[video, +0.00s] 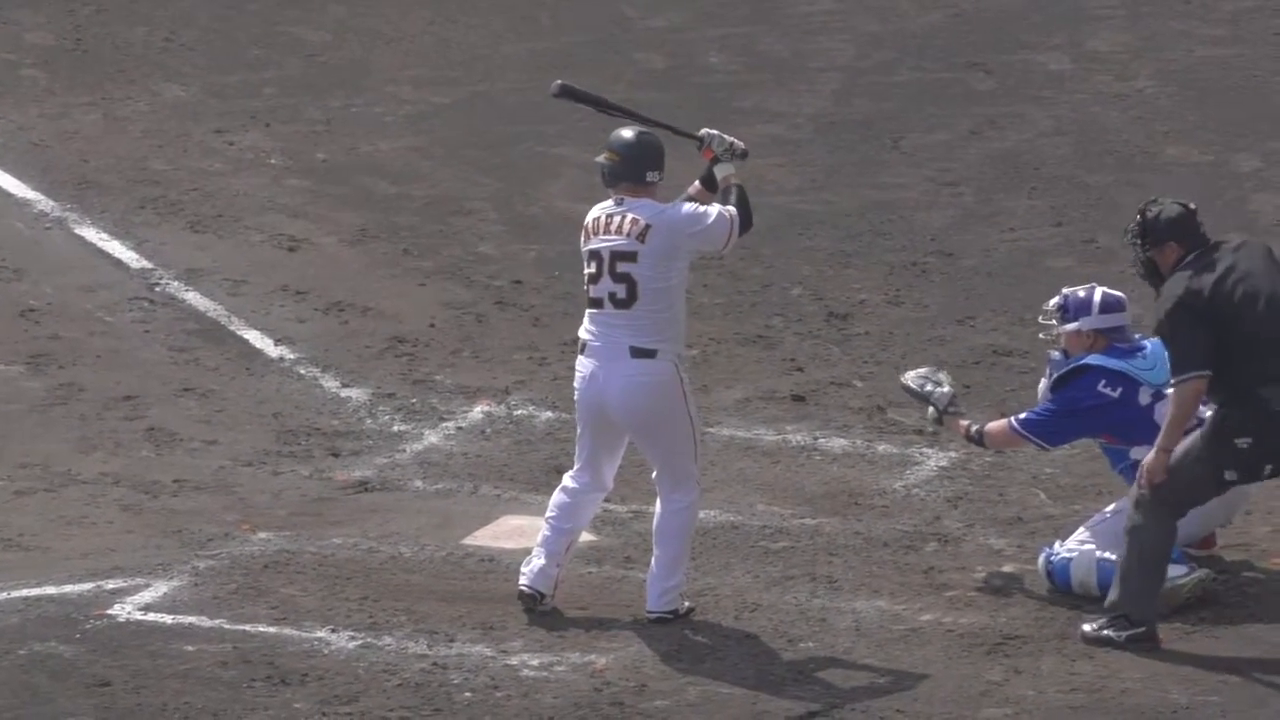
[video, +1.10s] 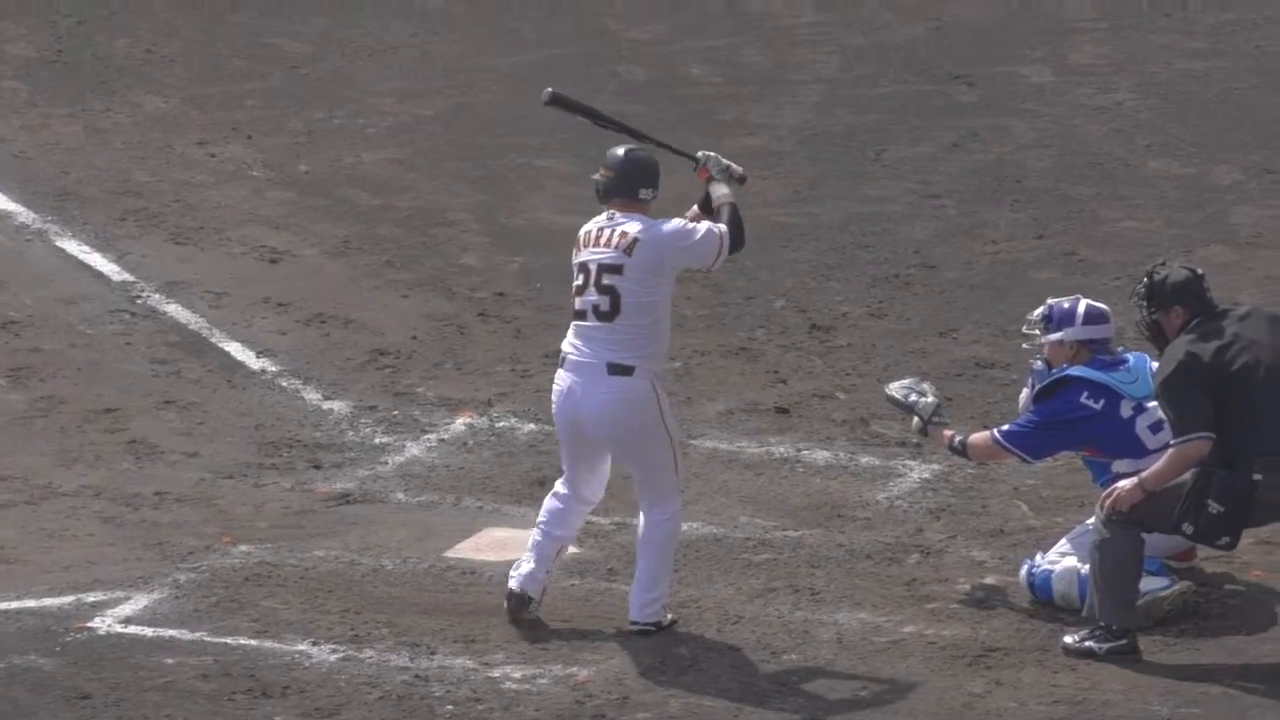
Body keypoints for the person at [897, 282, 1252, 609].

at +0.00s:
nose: (1058, 336)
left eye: (1065, 329)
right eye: (1060, 328)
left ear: (1090, 337)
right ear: (1106, 333)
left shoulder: (1092, 389)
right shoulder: (1148, 347)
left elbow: (1019, 431)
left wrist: (968, 430)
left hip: (1192, 490)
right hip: (1230, 470)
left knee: (1060, 562)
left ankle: (1174, 577)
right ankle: (1197, 540)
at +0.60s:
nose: (1051, 337)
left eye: (1058, 331)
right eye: (1053, 329)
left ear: (1082, 339)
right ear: (1110, 331)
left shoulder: (1086, 390)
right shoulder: (1150, 353)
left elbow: (1006, 436)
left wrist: (954, 429)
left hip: (1167, 506)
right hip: (1212, 485)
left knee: (1052, 563)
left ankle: (1160, 577)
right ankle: (1189, 539)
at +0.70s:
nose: (1051, 338)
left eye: (1057, 330)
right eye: (1052, 330)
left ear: (1081, 338)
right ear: (1108, 331)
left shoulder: (1086, 390)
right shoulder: (1150, 353)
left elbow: (1006, 436)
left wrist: (951, 427)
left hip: (1167, 508)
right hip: (1211, 487)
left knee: (1050, 563)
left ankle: (1160, 576)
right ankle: (1187, 540)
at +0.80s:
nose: (1050, 339)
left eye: (1056, 332)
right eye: (1052, 331)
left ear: (1080, 340)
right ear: (1108, 333)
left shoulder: (1085, 389)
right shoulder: (1151, 353)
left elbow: (1001, 438)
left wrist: (953, 428)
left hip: (1167, 510)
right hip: (1210, 488)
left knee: (1051, 563)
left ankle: (1157, 576)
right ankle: (1186, 540)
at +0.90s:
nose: (1050, 339)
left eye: (1056, 333)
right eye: (1051, 332)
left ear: (1079, 341)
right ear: (1109, 334)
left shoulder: (1084, 390)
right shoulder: (1150, 356)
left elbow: (1005, 439)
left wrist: (953, 431)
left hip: (1163, 514)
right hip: (1206, 495)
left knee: (1048, 565)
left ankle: (1157, 579)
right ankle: (1185, 544)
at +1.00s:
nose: (1048, 345)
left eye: (1055, 338)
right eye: (1050, 337)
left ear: (1079, 344)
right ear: (1099, 339)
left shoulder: (1080, 395)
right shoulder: (1146, 359)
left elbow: (994, 444)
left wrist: (944, 428)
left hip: (1161, 515)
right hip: (1202, 493)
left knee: (1046, 570)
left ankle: (1158, 583)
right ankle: (1181, 547)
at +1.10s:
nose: (1042, 346)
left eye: (1048, 339)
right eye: (1043, 339)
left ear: (1073, 347)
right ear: (1097, 340)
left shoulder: (1075, 398)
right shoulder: (1142, 362)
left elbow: (995, 446)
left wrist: (943, 435)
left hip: (1153, 519)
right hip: (1199, 499)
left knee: (1040, 570)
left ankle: (1150, 587)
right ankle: (1177, 549)